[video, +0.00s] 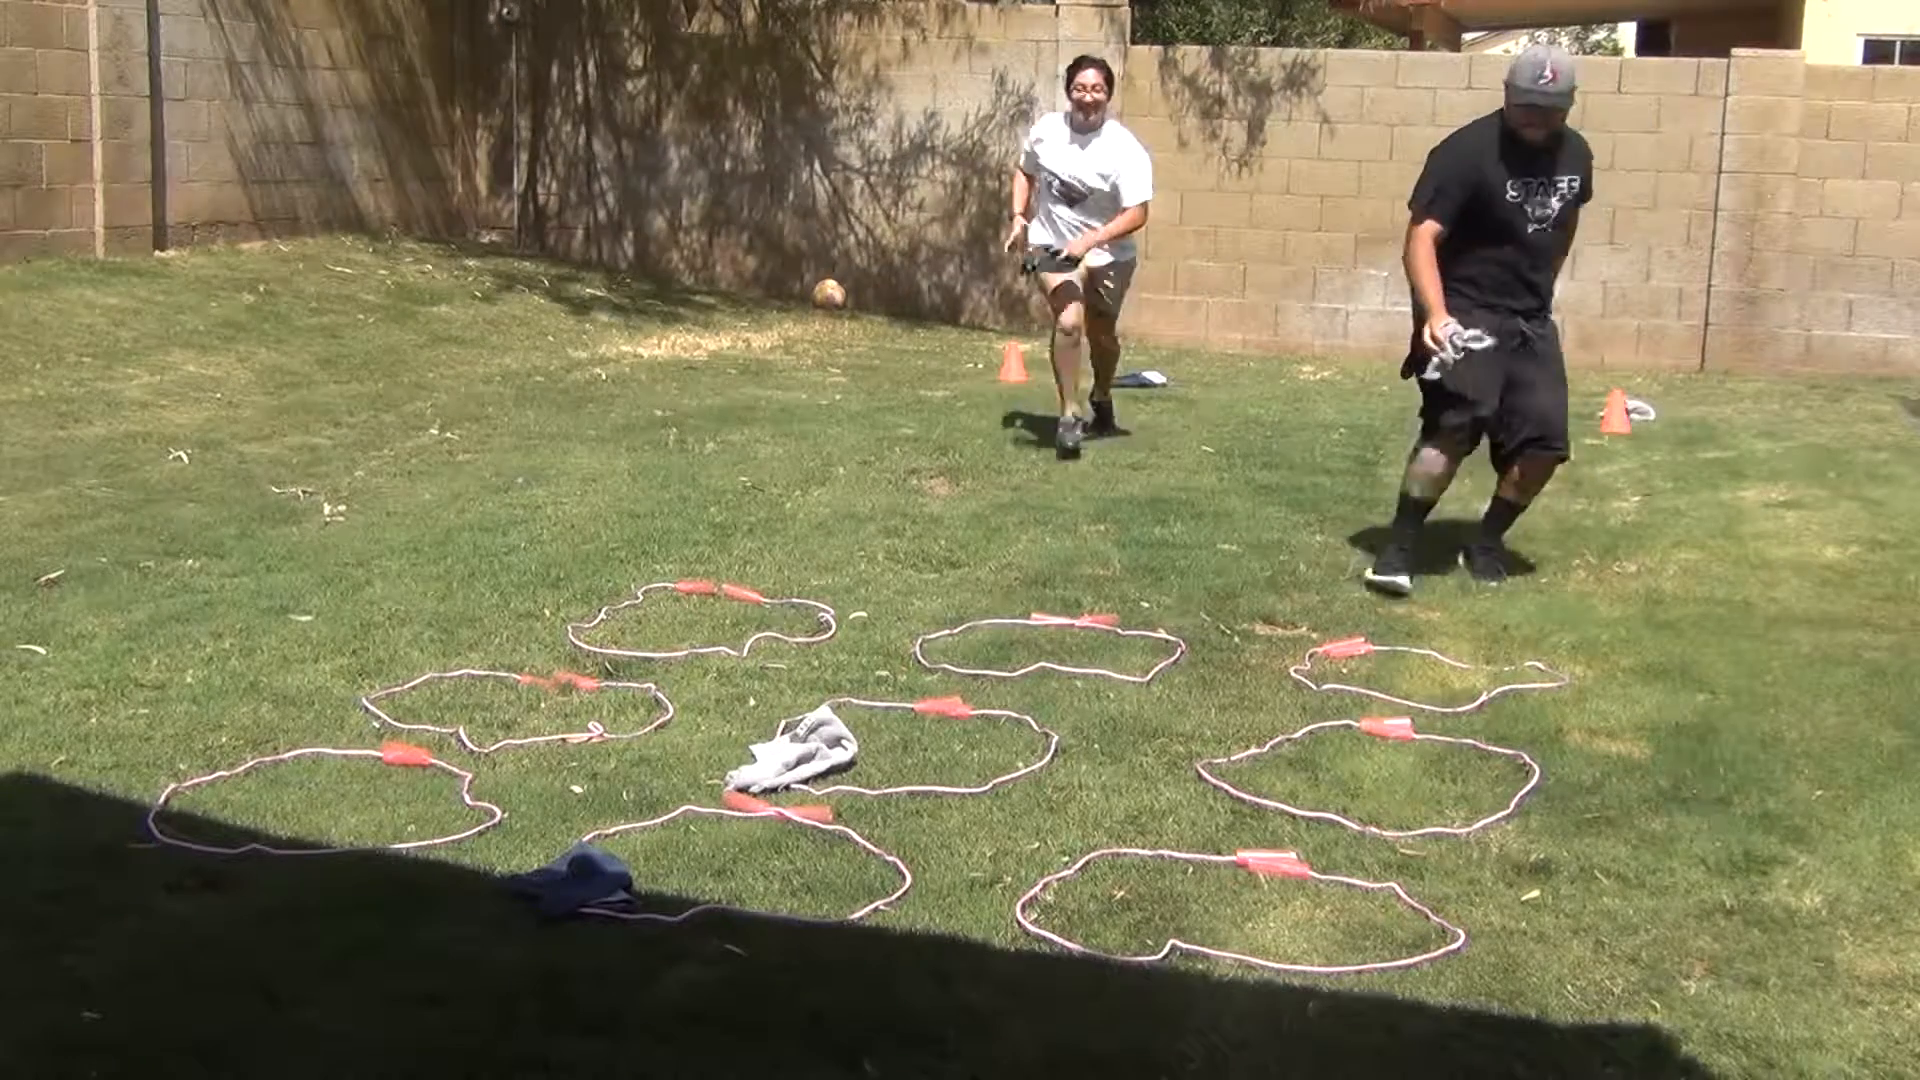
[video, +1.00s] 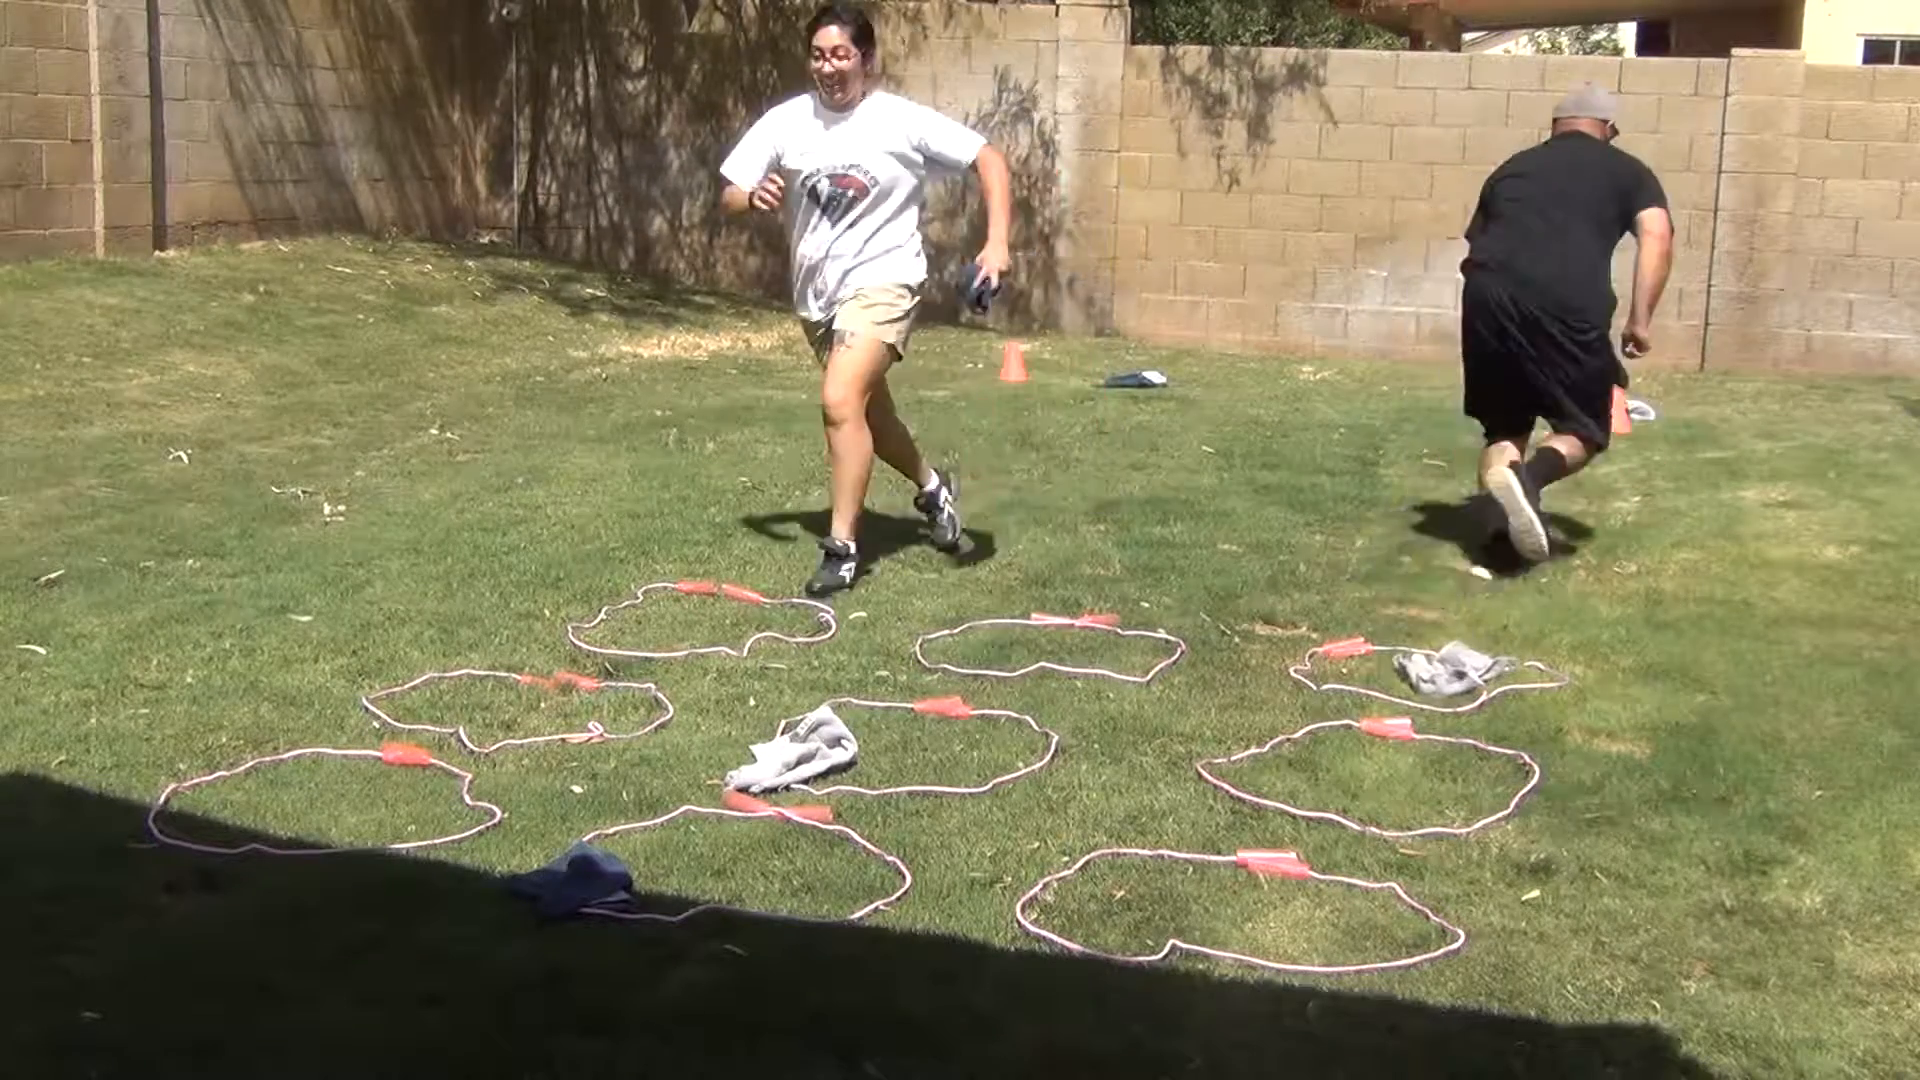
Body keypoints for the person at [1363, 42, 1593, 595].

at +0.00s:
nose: (1532, 119)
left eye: (1546, 110)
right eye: (1523, 107)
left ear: (1567, 106)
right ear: (1506, 98)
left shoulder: (1574, 156)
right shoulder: (1464, 152)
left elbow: (1563, 234)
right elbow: (1420, 238)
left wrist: (1538, 294)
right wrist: (1434, 312)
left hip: (1532, 318)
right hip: (1464, 312)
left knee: (1544, 442)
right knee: (1457, 423)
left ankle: (1486, 543)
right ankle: (1399, 547)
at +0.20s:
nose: (1548, 181)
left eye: (1558, 171)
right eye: (1537, 168)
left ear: (1569, 164)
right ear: (1509, 154)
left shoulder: (1539, 195)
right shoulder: (1472, 207)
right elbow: (1443, 301)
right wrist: (1441, 386)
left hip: (1492, 354)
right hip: (1443, 359)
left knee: (1562, 466)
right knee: (1493, 471)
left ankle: (1463, 533)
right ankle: (1404, 589)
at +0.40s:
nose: (1598, 210)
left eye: (1605, 202)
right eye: (1595, 198)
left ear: (1564, 167)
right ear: (1563, 173)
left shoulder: (1529, 168)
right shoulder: (1511, 223)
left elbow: (1488, 165)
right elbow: (1480, 332)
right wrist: (1492, 433)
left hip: (1448, 331)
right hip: (1418, 342)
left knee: (1526, 437)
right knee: (1491, 463)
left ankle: (1412, 531)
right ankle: (1410, 590)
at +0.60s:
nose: (1628, 201)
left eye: (1635, 191)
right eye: (1632, 189)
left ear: (1585, 159)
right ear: (1617, 180)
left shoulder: (1524, 172)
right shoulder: (1570, 238)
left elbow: (1457, 175)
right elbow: (1578, 352)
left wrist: (1452, 240)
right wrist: (1623, 428)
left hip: (1411, 311)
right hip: (1447, 336)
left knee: (1464, 426)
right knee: (1497, 469)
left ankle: (1458, 524)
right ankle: (1407, 589)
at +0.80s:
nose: (1624, 162)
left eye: (1623, 155)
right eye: (1624, 154)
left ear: (1566, 134)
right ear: (1615, 147)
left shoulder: (1508, 167)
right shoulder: (1620, 193)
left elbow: (1421, 211)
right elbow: (1640, 293)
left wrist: (1445, 280)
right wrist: (1620, 348)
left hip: (1440, 303)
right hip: (1508, 319)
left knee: (1502, 426)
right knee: (1467, 451)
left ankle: (1483, 548)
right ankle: (1427, 571)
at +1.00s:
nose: (1615, 137)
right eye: (1614, 132)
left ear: (1554, 127)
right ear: (1607, 130)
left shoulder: (1513, 165)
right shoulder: (1626, 168)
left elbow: (1474, 253)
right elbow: (1657, 234)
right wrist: (1639, 321)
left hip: (1486, 291)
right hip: (1566, 298)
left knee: (1504, 422)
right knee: (1586, 427)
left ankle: (1504, 519)